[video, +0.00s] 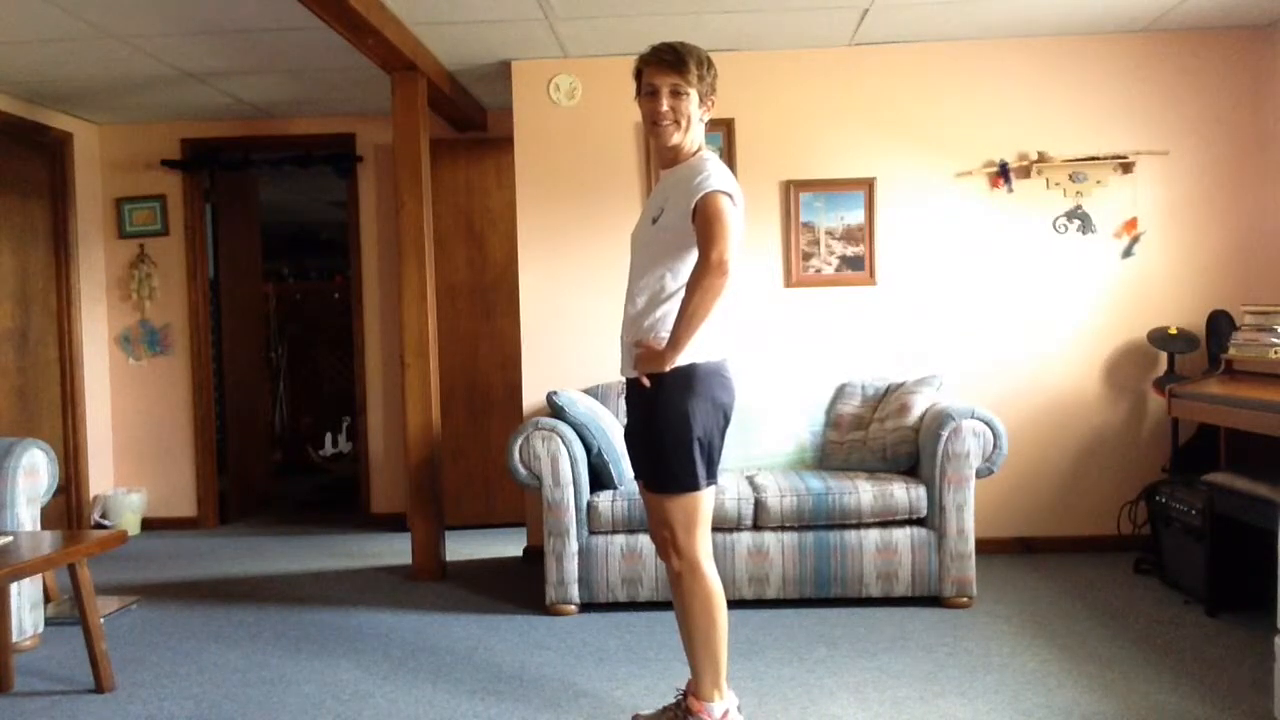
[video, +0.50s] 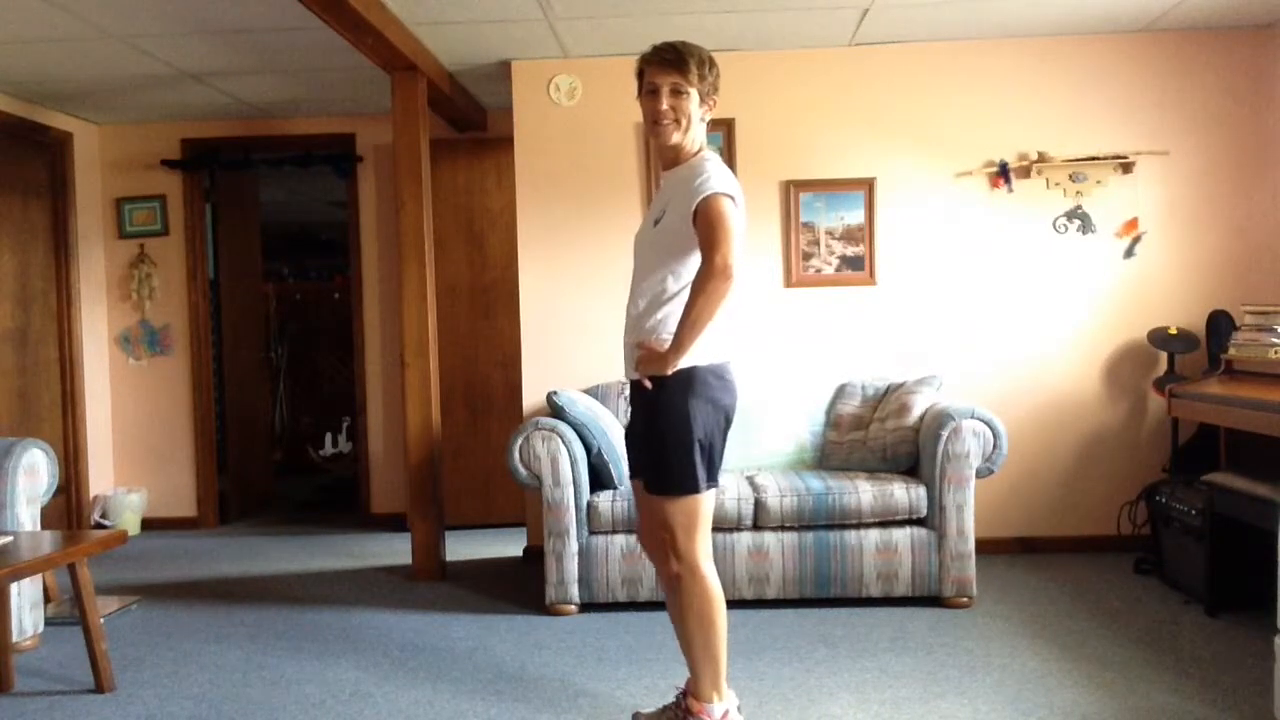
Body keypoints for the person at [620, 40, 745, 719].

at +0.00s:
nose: (661, 105)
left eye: (676, 93)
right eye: (650, 93)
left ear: (703, 103)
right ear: (638, 102)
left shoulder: (705, 173)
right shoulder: (668, 181)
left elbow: (718, 261)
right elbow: (666, 274)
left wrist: (670, 350)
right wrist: (643, 351)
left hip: (680, 379)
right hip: (654, 379)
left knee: (687, 549)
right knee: (672, 547)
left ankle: (713, 699)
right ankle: (705, 693)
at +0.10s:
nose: (661, 106)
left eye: (676, 93)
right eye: (651, 93)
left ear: (704, 103)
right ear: (639, 102)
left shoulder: (706, 175)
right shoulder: (668, 181)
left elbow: (719, 264)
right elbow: (667, 274)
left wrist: (670, 351)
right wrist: (644, 353)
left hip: (681, 380)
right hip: (654, 379)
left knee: (687, 549)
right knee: (671, 546)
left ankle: (713, 699)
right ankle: (705, 693)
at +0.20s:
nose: (662, 105)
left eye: (677, 93)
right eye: (651, 92)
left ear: (705, 102)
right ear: (640, 101)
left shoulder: (707, 175)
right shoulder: (670, 181)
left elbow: (720, 265)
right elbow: (668, 275)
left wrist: (672, 352)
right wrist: (645, 354)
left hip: (681, 381)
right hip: (656, 381)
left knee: (686, 548)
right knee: (670, 545)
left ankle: (713, 700)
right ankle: (705, 694)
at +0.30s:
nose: (662, 105)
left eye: (677, 93)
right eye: (652, 92)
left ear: (705, 102)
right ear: (640, 101)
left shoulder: (706, 175)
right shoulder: (670, 181)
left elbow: (723, 265)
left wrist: (673, 353)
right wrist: (645, 355)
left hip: (681, 381)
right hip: (656, 381)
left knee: (687, 548)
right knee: (668, 545)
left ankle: (713, 700)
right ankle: (705, 693)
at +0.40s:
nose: (662, 105)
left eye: (678, 92)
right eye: (652, 92)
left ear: (705, 102)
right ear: (641, 101)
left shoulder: (707, 175)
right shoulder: (671, 181)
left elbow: (723, 266)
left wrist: (673, 353)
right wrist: (647, 355)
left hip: (682, 382)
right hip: (656, 382)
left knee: (687, 550)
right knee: (667, 546)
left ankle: (713, 700)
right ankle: (705, 692)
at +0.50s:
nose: (661, 104)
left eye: (676, 92)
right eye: (651, 92)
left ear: (705, 103)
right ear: (640, 101)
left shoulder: (707, 176)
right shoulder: (670, 181)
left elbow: (721, 267)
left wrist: (673, 353)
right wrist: (649, 355)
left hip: (684, 382)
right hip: (656, 382)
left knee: (686, 551)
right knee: (660, 547)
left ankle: (713, 700)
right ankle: (704, 691)